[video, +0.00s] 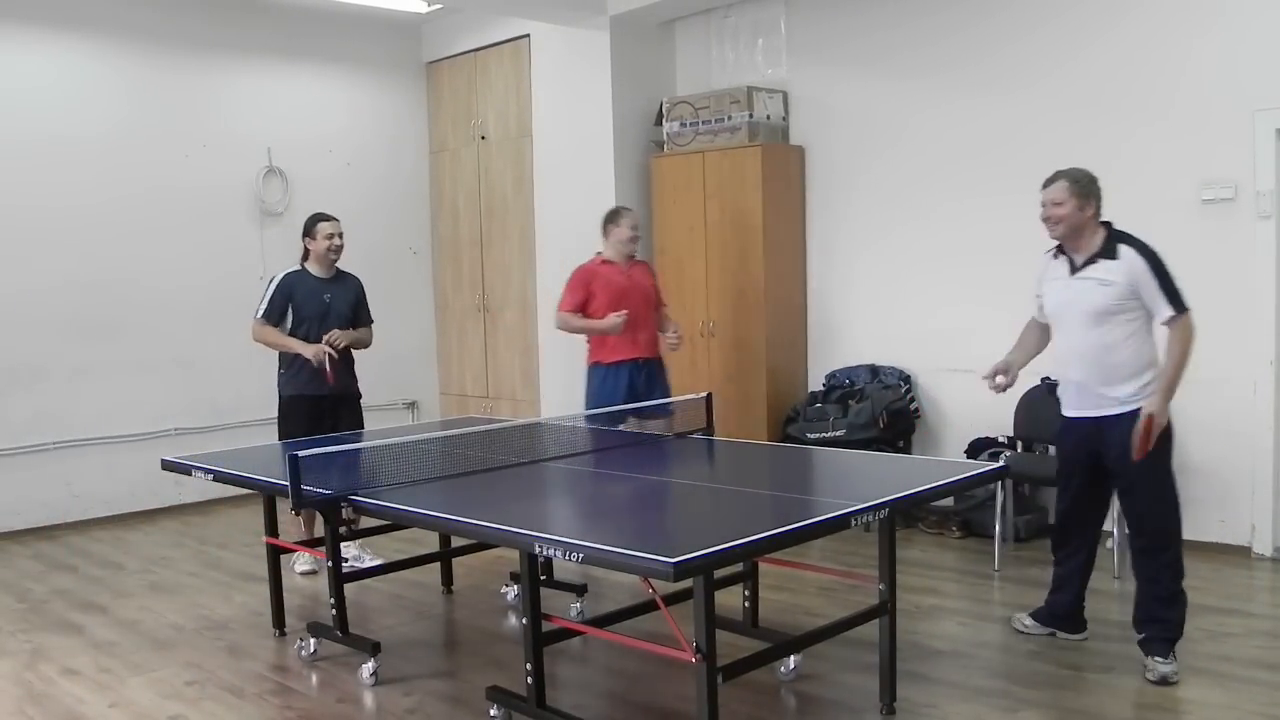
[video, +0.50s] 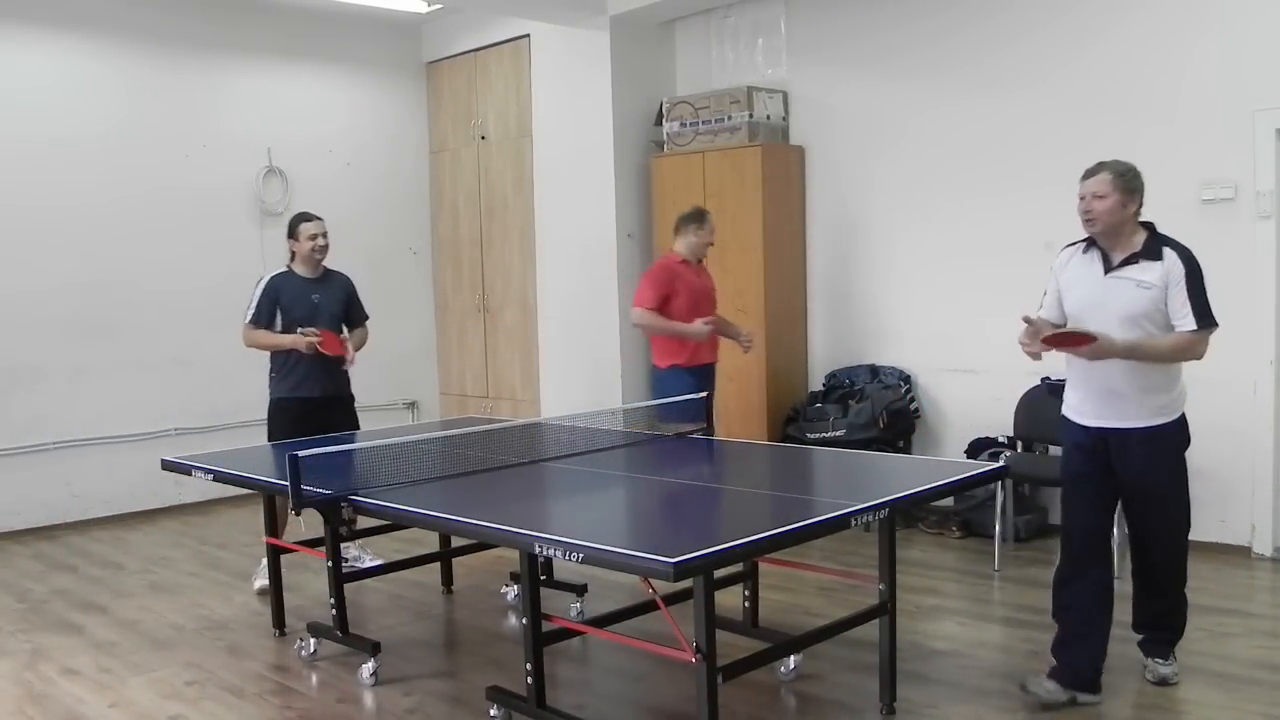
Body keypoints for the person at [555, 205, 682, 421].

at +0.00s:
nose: (637, 235)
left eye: (638, 229)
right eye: (632, 228)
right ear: (609, 231)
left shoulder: (644, 270)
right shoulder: (587, 273)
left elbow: (657, 310)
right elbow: (563, 319)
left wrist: (669, 329)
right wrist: (603, 326)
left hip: (650, 368)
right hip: (608, 372)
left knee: (659, 443)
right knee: (603, 445)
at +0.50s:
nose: (712, 242)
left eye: (713, 235)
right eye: (709, 233)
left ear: (695, 233)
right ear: (692, 232)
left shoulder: (701, 271)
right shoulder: (663, 270)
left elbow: (705, 315)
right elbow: (639, 315)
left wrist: (735, 333)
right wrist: (689, 329)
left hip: (702, 370)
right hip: (675, 373)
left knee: (702, 443)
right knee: (683, 445)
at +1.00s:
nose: (777, 238)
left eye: (776, 231)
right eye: (773, 230)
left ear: (755, 231)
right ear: (757, 230)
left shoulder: (748, 263)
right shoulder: (741, 264)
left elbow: (749, 316)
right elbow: (759, 320)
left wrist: (776, 333)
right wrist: (795, 325)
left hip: (752, 371)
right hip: (735, 373)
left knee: (765, 446)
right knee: (732, 454)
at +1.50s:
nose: (844, 241)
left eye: (846, 235)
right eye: (842, 234)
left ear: (828, 228)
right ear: (825, 227)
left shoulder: (821, 263)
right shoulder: (798, 259)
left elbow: (829, 307)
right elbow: (790, 308)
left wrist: (856, 322)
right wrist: (840, 322)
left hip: (817, 363)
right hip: (800, 364)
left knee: (816, 444)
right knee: (818, 444)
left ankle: (813, 522)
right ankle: (802, 528)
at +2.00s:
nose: (874, 245)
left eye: (874, 241)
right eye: (876, 241)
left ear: (843, 230)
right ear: (872, 237)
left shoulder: (819, 258)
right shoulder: (864, 259)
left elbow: (824, 307)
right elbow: (897, 303)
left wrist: (860, 329)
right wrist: (892, 327)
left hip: (807, 359)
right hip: (836, 365)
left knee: (820, 445)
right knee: (848, 452)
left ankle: (818, 525)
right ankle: (838, 531)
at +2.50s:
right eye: (858, 260)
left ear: (827, 259)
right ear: (855, 258)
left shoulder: (802, 277)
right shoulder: (863, 269)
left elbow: (783, 329)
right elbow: (882, 308)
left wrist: (815, 334)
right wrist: (870, 334)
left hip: (798, 357)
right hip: (837, 357)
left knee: (815, 442)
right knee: (870, 439)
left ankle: (812, 517)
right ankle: (865, 515)